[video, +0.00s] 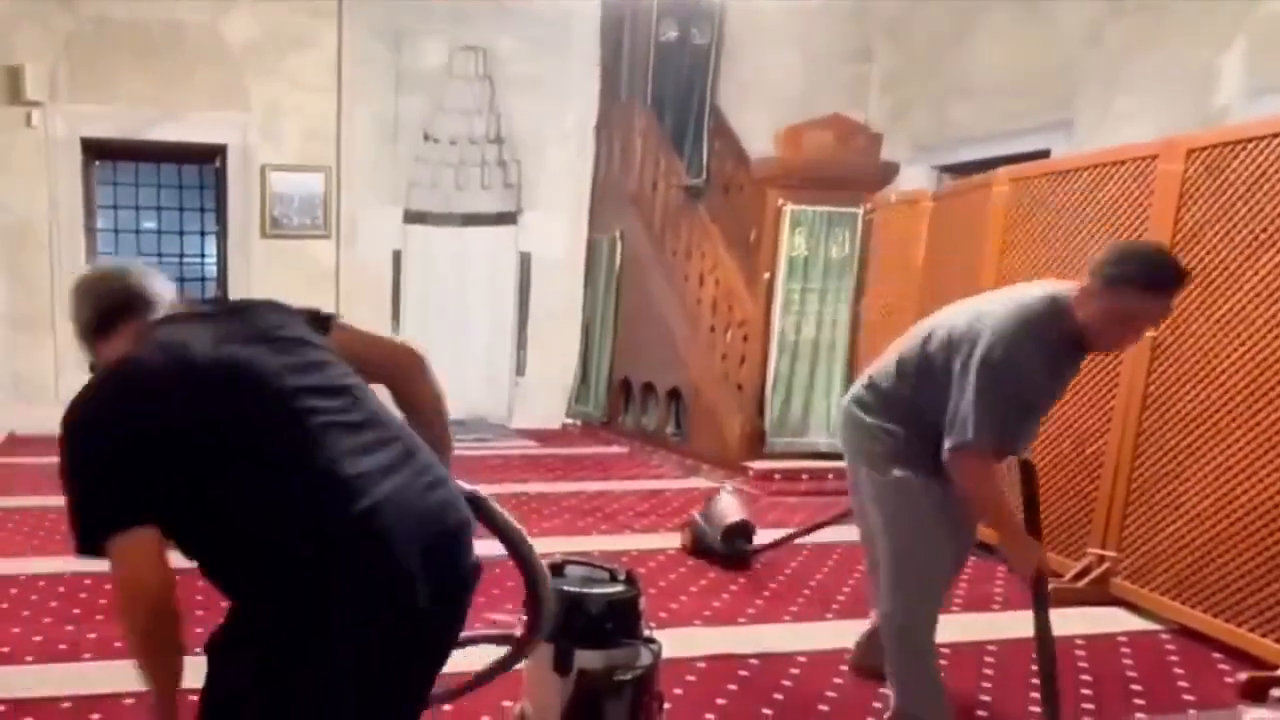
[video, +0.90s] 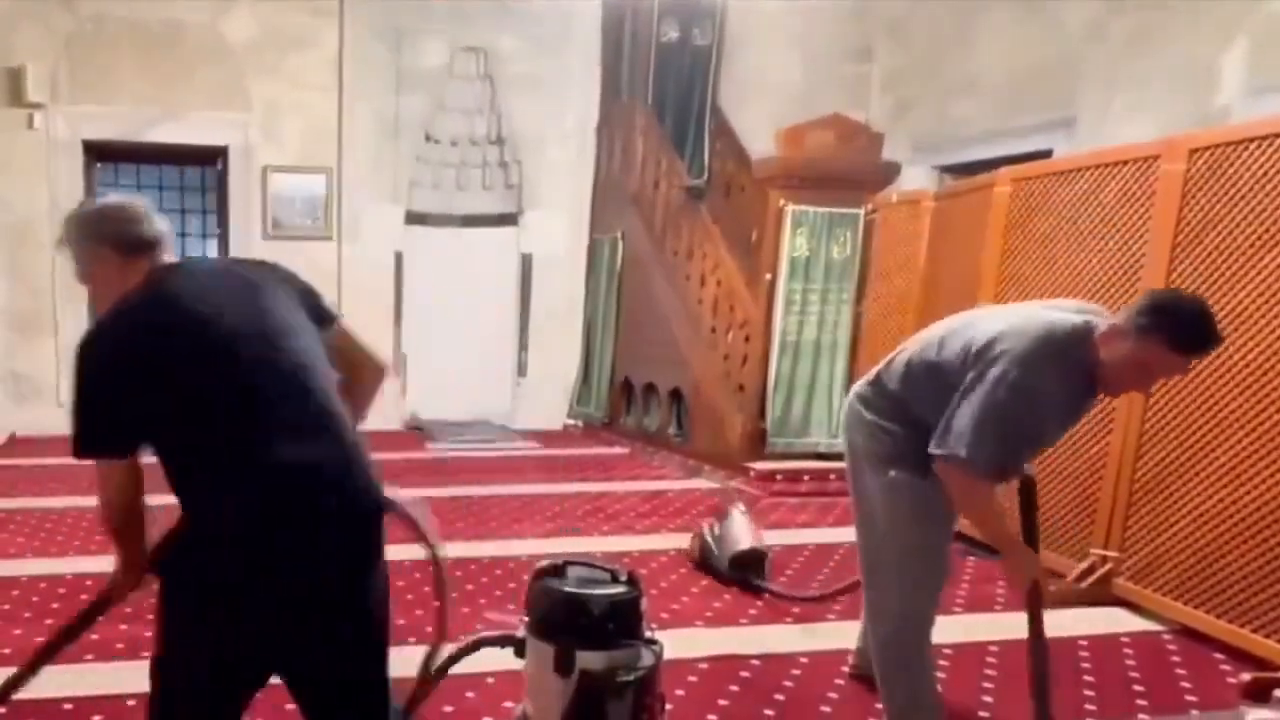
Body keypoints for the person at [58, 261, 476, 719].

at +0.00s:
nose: (103, 369)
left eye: (95, 360)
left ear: (97, 347)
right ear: (172, 301)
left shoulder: (102, 410)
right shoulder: (256, 316)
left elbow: (148, 593)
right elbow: (405, 363)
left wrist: (165, 703)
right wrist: (436, 484)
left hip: (324, 585)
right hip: (440, 543)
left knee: (237, 705)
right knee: (380, 705)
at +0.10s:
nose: (149, 329)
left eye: (143, 317)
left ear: (143, 306)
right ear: (217, 274)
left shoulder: (143, 378)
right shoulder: (303, 296)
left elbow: (181, 557)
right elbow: (441, 358)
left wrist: (217, 630)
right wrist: (448, 479)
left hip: (334, 572)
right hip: (450, 537)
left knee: (251, 700)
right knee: (383, 701)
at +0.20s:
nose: (187, 303)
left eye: (184, 292)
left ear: (184, 279)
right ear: (259, 252)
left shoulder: (183, 349)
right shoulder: (344, 277)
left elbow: (206, 523)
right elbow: (470, 343)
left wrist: (262, 589)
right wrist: (452, 462)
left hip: (338, 556)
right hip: (459, 530)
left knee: (263, 710)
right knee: (396, 705)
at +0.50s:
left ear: (216, 251)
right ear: (288, 223)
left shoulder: (210, 328)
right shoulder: (375, 255)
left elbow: (252, 487)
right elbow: (495, 289)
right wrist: (453, 398)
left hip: (324, 534)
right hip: (452, 514)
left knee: (239, 703)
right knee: (424, 703)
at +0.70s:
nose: (177, 275)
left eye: (173, 259)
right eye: (172, 261)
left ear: (190, 242)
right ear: (247, 229)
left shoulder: (185, 326)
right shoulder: (340, 260)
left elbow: (205, 484)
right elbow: (468, 296)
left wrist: (273, 503)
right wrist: (421, 401)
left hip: (289, 544)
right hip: (407, 532)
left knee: (240, 707)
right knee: (394, 706)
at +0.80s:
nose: (135, 274)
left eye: (132, 258)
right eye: (130, 260)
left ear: (152, 245)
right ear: (211, 236)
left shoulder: (149, 330)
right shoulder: (308, 268)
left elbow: (167, 489)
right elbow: (426, 330)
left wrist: (199, 536)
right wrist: (373, 423)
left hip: (261, 536)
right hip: (375, 522)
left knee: (224, 707)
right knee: (377, 705)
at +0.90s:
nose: (90, 297)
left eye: (86, 279)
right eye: (84, 281)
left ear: (106, 263)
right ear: (162, 250)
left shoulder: (112, 341)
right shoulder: (263, 276)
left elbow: (120, 504)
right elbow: (365, 369)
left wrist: (133, 560)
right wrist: (312, 459)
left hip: (231, 544)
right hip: (343, 531)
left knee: (190, 709)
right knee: (356, 704)